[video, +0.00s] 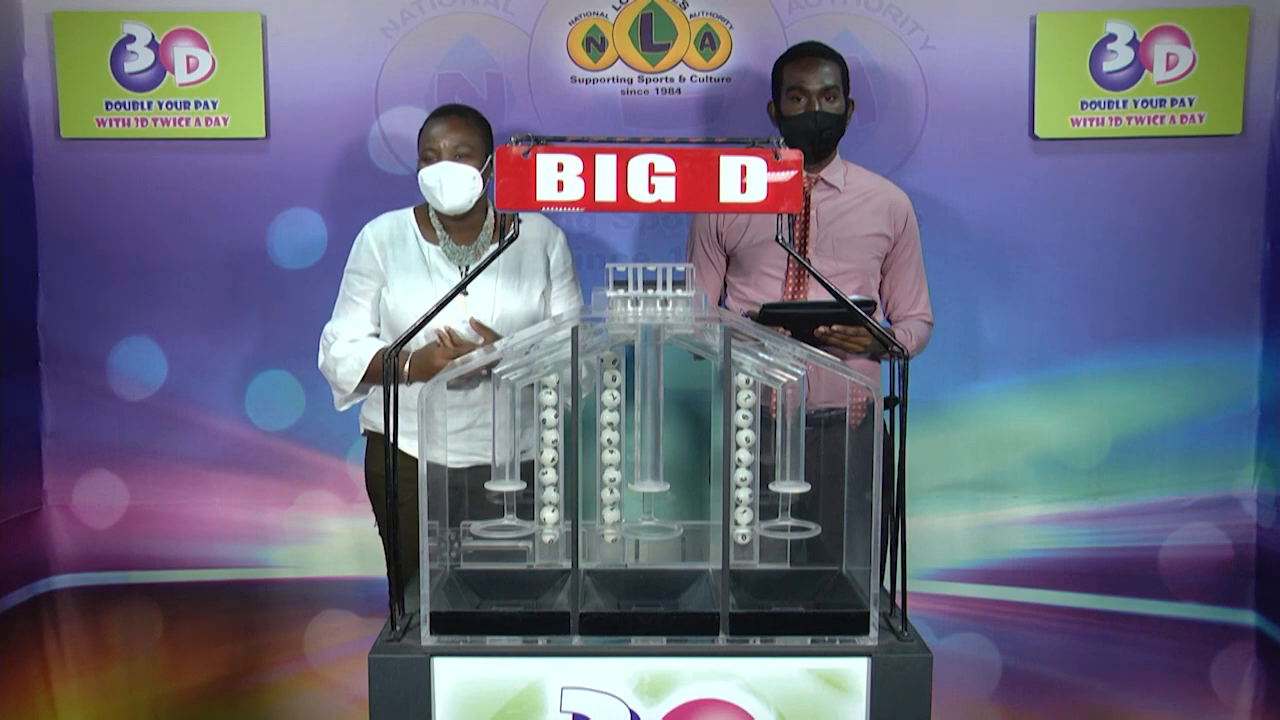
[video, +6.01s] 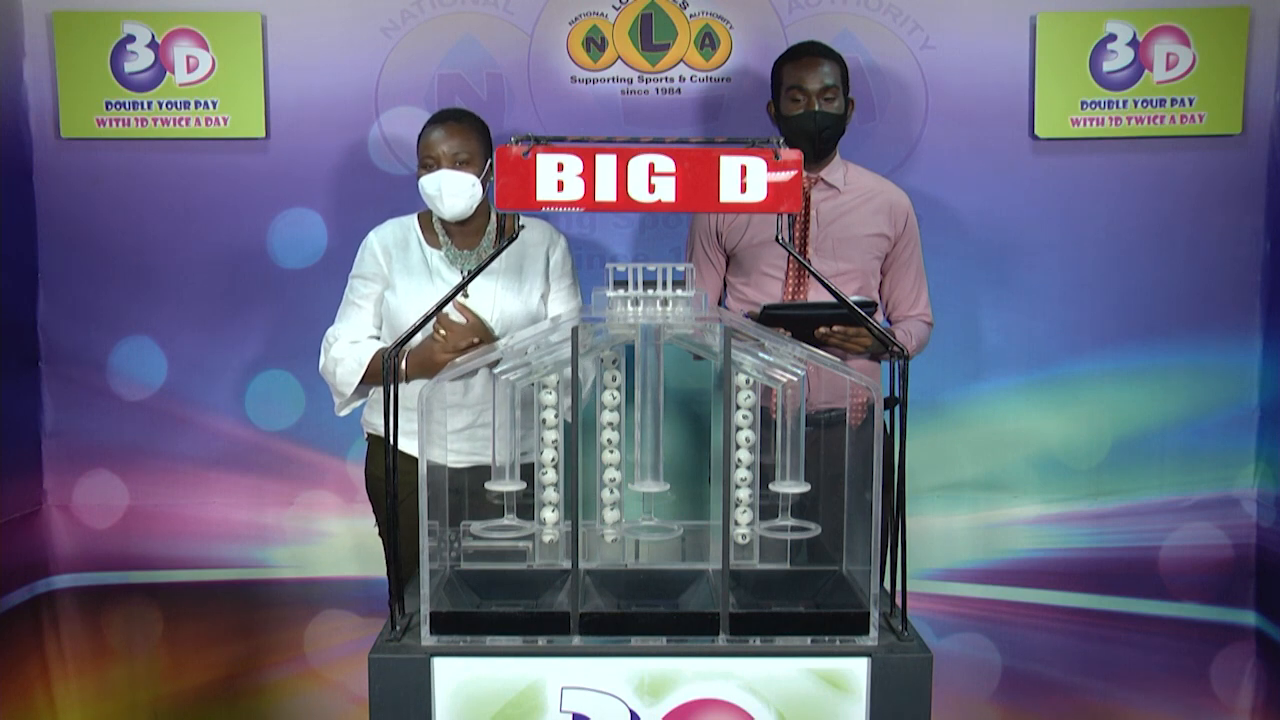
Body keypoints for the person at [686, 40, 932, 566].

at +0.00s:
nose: (814, 109)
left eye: (829, 95)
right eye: (797, 96)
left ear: (848, 108)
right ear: (775, 109)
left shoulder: (888, 204)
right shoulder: (727, 200)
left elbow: (915, 320)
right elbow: (695, 317)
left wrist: (877, 341)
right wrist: (757, 336)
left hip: (843, 417)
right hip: (751, 417)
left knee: (843, 580)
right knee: (752, 579)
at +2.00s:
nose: (814, 109)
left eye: (830, 95)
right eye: (797, 96)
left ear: (849, 108)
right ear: (775, 109)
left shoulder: (888, 204)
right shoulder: (727, 200)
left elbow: (915, 321)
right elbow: (694, 317)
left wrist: (876, 341)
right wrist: (758, 335)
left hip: (843, 417)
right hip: (750, 418)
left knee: (843, 581)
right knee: (752, 580)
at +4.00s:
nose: (814, 109)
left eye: (829, 95)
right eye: (796, 96)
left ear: (848, 107)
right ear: (774, 109)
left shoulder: (888, 205)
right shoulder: (727, 202)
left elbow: (915, 321)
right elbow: (695, 320)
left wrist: (877, 342)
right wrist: (757, 339)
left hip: (843, 418)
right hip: (751, 419)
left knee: (844, 582)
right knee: (752, 581)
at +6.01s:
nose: (813, 108)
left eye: (828, 94)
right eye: (796, 95)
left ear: (848, 108)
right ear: (774, 109)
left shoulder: (888, 204)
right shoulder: (726, 200)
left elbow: (914, 320)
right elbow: (696, 318)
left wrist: (876, 342)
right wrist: (760, 340)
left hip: (843, 416)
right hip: (751, 416)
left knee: (844, 581)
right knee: (753, 579)